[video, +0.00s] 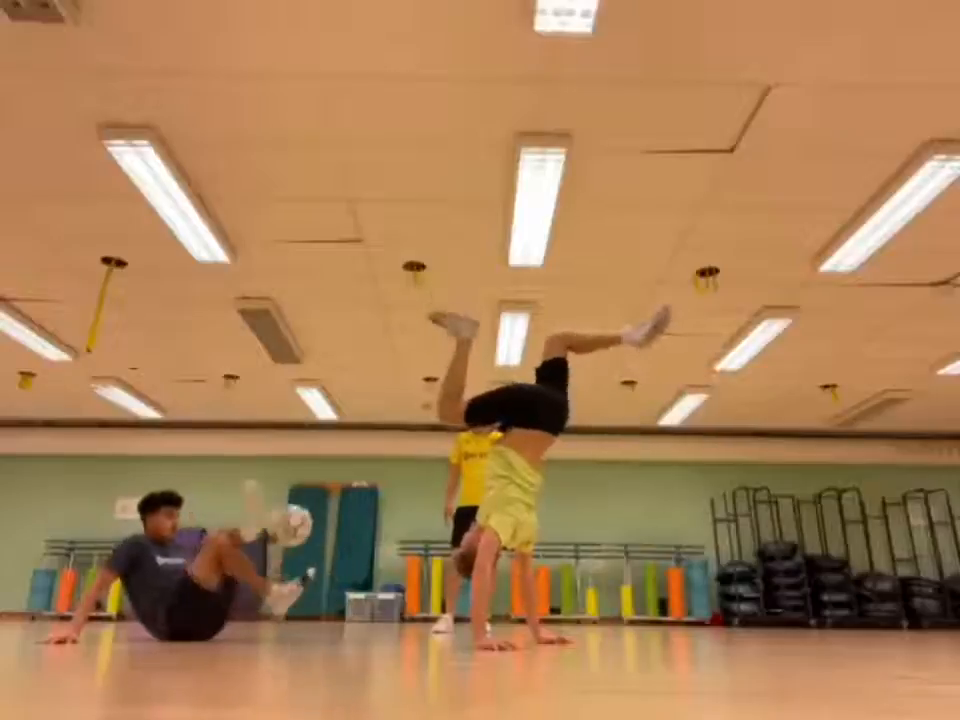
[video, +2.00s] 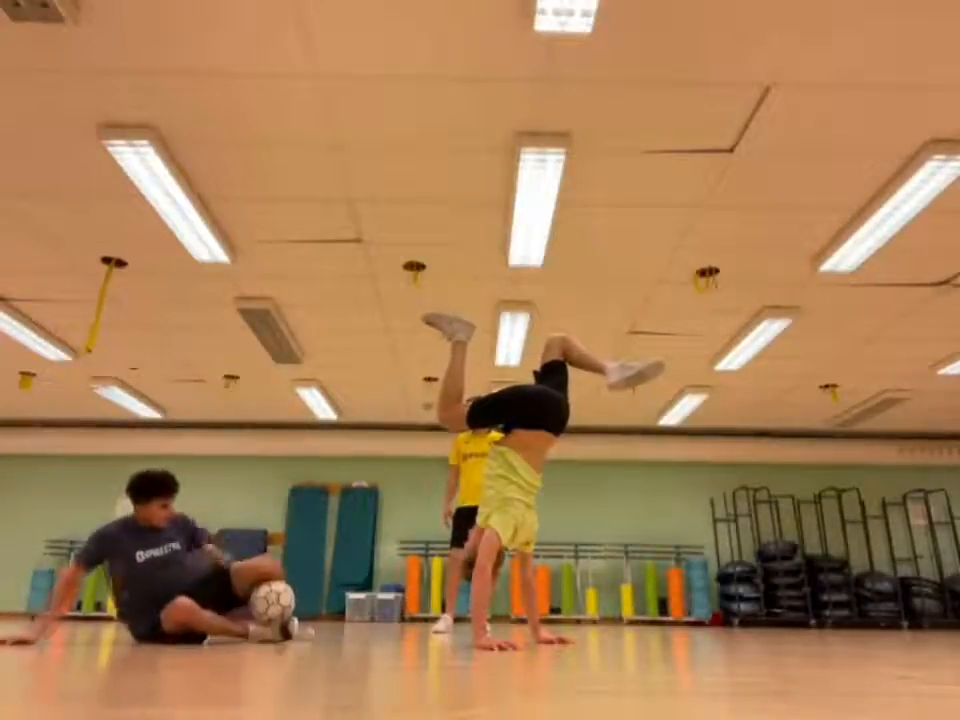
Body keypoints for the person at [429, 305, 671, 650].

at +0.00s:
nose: (479, 558)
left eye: (473, 557)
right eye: (475, 556)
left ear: (471, 550)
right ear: (473, 545)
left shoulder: (522, 536)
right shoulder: (492, 530)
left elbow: (526, 586)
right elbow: (483, 579)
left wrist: (537, 633)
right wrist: (481, 637)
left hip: (553, 413)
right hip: (529, 409)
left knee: (557, 342)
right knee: (451, 414)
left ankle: (629, 336)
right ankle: (464, 338)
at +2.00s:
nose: (485, 562)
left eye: (484, 566)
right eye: (482, 563)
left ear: (474, 548)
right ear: (475, 543)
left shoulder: (525, 534)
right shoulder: (495, 527)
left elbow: (527, 582)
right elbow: (482, 575)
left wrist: (537, 631)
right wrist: (481, 636)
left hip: (554, 414)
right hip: (533, 408)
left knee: (557, 343)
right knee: (452, 416)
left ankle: (612, 370)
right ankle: (459, 342)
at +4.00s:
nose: (478, 564)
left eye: (471, 561)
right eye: (473, 560)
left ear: (473, 558)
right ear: (474, 554)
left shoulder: (518, 539)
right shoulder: (495, 532)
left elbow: (528, 586)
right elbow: (481, 581)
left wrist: (538, 633)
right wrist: (480, 636)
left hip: (549, 416)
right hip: (533, 412)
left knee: (530, 351)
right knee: (470, 354)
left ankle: (595, 330)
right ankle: (464, 274)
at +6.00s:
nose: (520, 563)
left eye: (518, 562)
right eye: (519, 564)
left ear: (524, 585)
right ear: (524, 574)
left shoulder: (554, 575)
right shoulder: (545, 565)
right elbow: (497, 573)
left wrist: (538, 630)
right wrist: (482, 634)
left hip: (672, 539)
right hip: (673, 530)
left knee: (771, 535)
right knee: (788, 511)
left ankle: (745, 622)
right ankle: (757, 609)